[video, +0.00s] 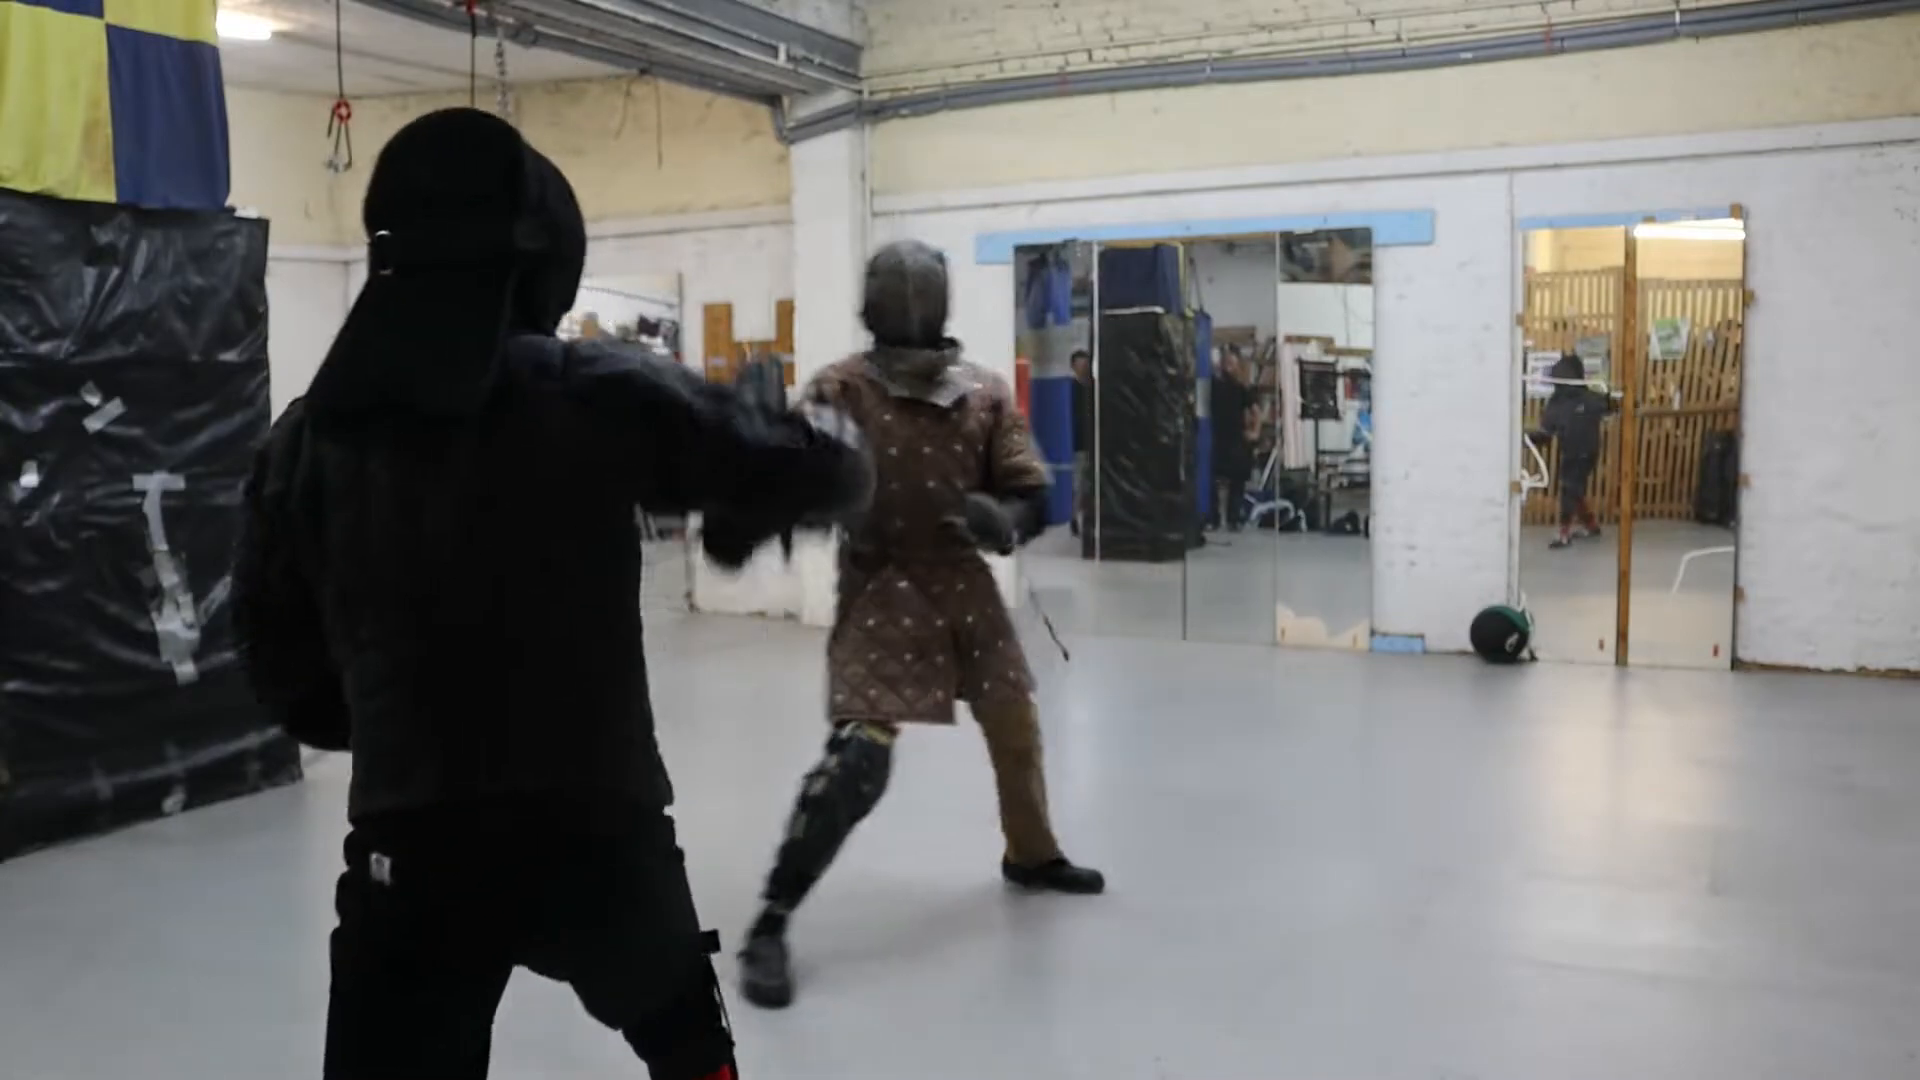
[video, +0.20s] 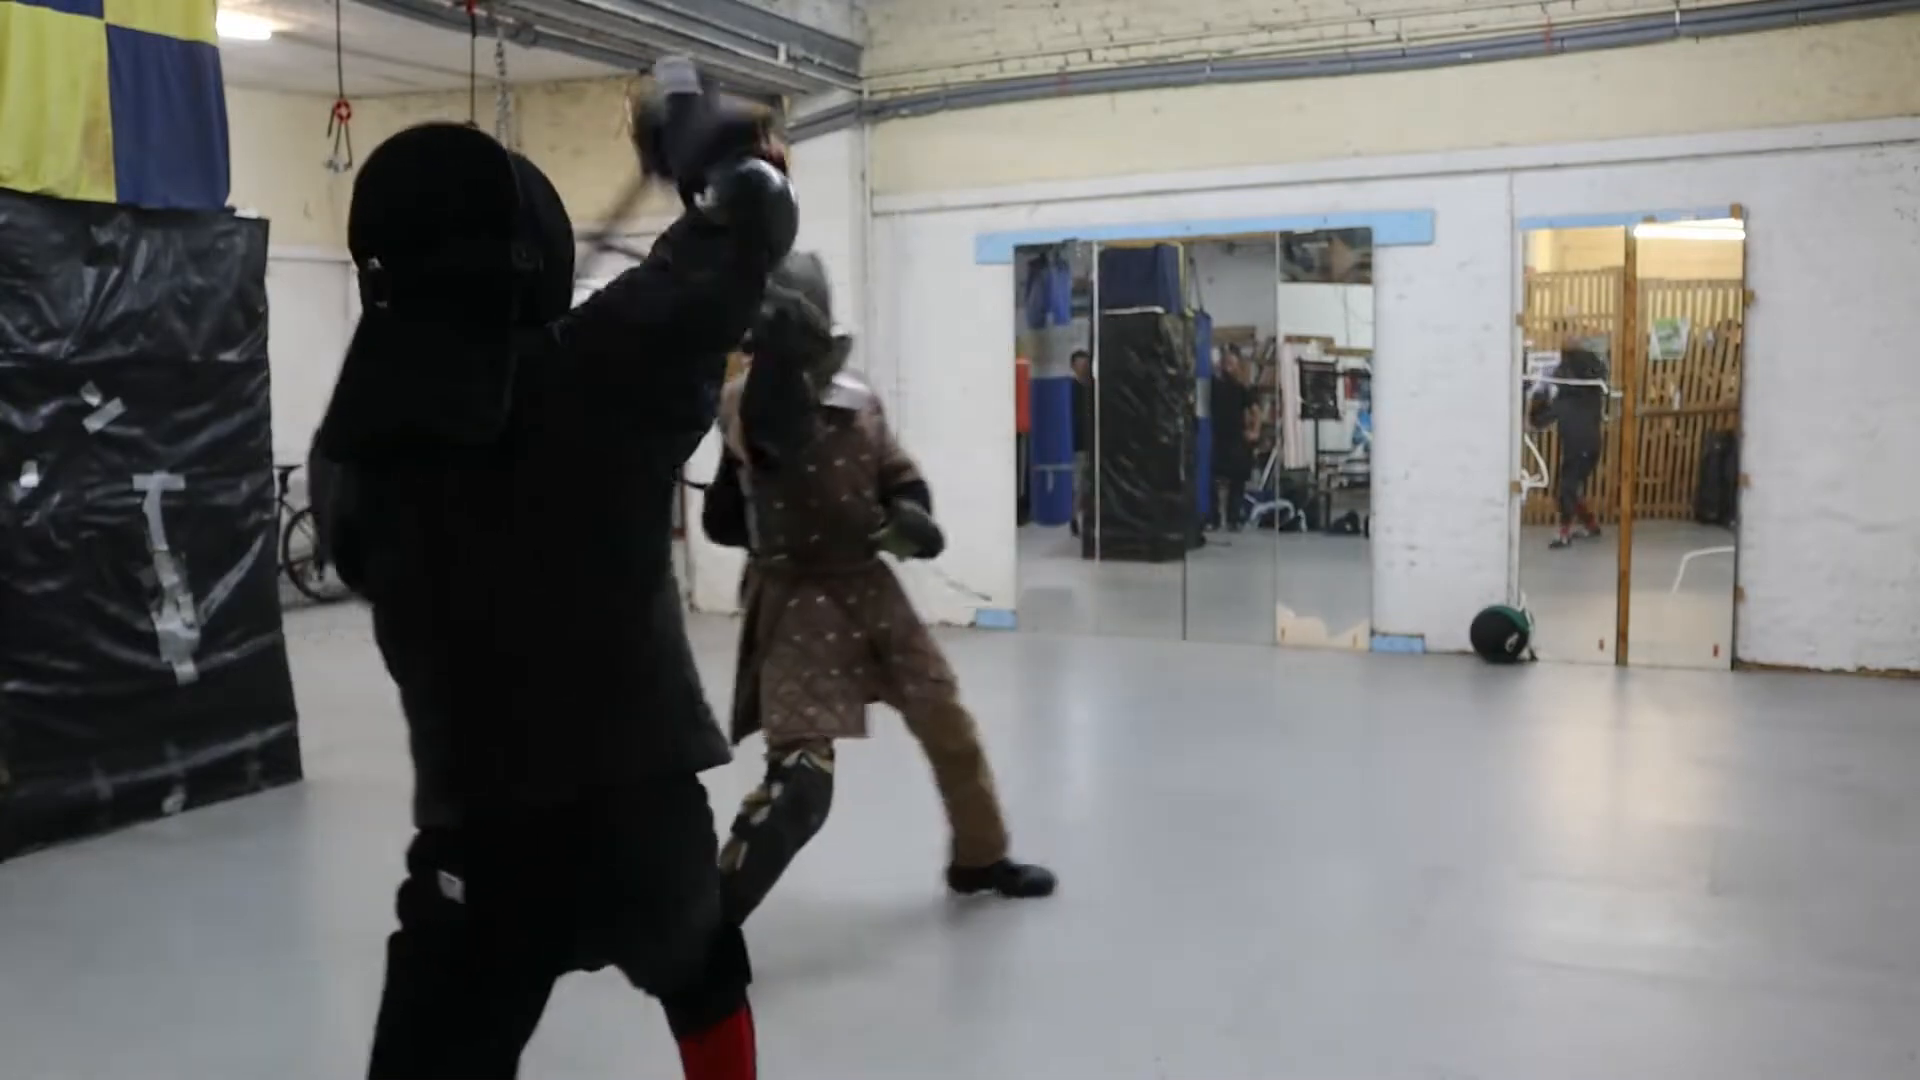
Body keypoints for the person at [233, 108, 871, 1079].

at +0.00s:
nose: (570, 277)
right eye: (558, 247)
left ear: (389, 252)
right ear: (533, 254)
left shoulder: (311, 434)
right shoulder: (595, 396)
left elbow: (289, 683)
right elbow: (821, 473)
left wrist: (400, 717)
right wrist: (738, 505)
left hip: (415, 862)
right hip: (601, 850)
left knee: (382, 1072)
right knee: (690, 1049)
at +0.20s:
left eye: (374, 260)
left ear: (384, 274)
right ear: (533, 250)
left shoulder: (358, 440)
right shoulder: (611, 366)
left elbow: (359, 572)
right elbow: (751, 206)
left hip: (477, 845)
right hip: (643, 824)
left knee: (423, 1068)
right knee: (706, 991)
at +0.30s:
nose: (582, 299)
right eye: (573, 279)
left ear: (411, 304)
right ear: (564, 288)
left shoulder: (374, 479)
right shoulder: (629, 403)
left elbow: (354, 532)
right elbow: (792, 245)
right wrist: (767, 98)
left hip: (521, 865)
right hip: (681, 835)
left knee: (457, 1070)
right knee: (730, 977)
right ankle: (771, 1058)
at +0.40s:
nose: (626, 300)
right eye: (613, 279)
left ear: (453, 321)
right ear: (596, 300)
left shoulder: (419, 490)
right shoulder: (671, 422)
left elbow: (341, 628)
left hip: (562, 866)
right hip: (717, 840)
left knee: (486, 1069)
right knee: (770, 949)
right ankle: (812, 1070)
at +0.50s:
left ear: (520, 320)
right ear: (658, 299)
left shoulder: (491, 487)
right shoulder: (729, 420)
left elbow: (390, 709)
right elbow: (838, 377)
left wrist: (440, 595)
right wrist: (862, 259)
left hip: (617, 844)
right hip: (760, 806)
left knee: (521, 1067)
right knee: (780, 977)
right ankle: (811, 1069)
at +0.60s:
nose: (585, 295)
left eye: (595, 273)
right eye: (591, 273)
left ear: (620, 287)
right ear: (733, 280)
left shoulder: (632, 424)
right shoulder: (763, 402)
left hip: (702, 794)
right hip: (807, 772)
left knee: (605, 1052)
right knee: (767, 965)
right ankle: (813, 1071)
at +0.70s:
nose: (655, 286)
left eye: (671, 266)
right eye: (659, 266)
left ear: (707, 280)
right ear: (797, 286)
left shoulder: (697, 390)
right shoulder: (805, 404)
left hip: (757, 769)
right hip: (849, 752)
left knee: (664, 1037)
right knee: (770, 946)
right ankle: (827, 1066)